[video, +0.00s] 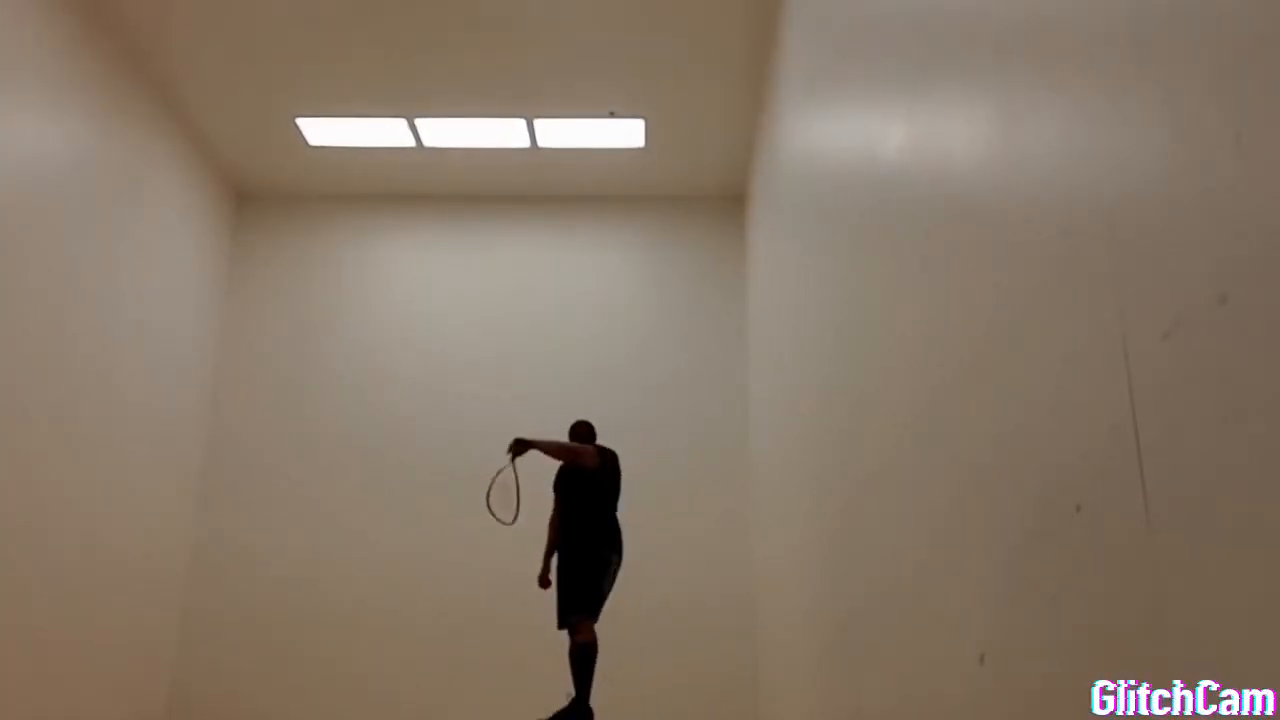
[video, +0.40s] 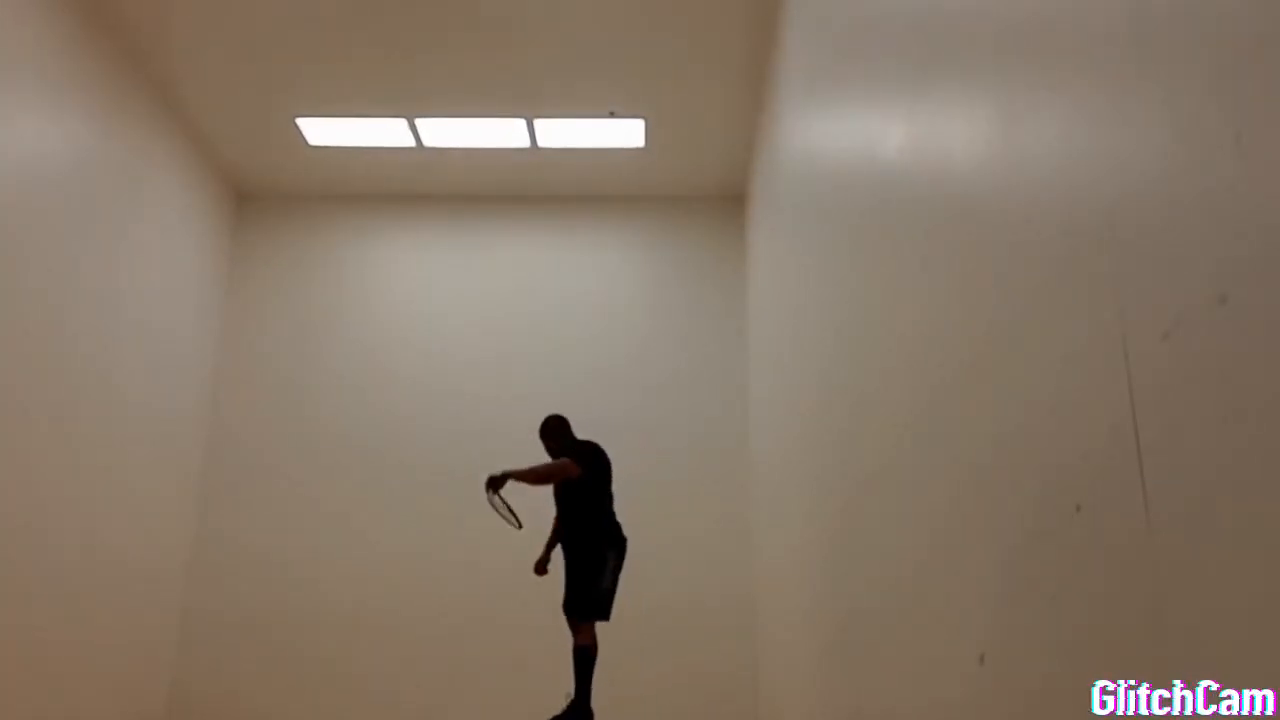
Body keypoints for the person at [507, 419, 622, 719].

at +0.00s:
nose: (577, 444)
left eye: (580, 439)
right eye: (575, 440)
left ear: (583, 439)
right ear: (582, 438)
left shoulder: (608, 459)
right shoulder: (564, 472)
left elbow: (574, 453)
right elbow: (557, 517)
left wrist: (531, 444)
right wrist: (546, 563)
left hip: (601, 548)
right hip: (572, 550)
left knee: (584, 623)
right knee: (576, 625)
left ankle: (582, 703)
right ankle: (580, 701)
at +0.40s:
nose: (547, 448)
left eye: (547, 441)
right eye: (545, 443)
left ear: (556, 436)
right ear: (565, 433)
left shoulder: (589, 453)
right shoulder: (563, 467)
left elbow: (555, 471)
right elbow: (563, 515)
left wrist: (508, 475)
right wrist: (547, 552)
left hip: (600, 545)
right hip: (580, 548)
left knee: (581, 619)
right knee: (578, 618)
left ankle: (582, 703)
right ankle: (581, 701)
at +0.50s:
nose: (542, 443)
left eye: (544, 436)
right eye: (540, 437)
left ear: (557, 432)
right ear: (555, 433)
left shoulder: (582, 456)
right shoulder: (562, 467)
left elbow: (561, 496)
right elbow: (568, 516)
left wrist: (513, 515)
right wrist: (551, 552)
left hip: (599, 547)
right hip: (583, 550)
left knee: (584, 622)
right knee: (579, 623)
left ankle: (583, 704)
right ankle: (581, 702)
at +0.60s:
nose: (540, 440)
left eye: (542, 432)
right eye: (538, 434)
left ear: (555, 430)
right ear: (557, 430)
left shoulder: (577, 458)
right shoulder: (566, 462)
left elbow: (570, 511)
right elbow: (568, 514)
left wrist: (544, 551)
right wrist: (556, 553)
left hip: (596, 545)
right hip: (583, 547)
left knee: (584, 622)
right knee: (579, 622)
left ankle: (583, 704)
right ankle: (581, 702)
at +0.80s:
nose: (545, 432)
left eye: (550, 426)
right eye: (544, 427)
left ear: (563, 426)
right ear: (549, 429)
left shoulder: (582, 454)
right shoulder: (565, 460)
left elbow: (586, 497)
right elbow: (569, 506)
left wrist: (570, 530)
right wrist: (564, 550)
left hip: (596, 546)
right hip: (579, 548)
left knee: (589, 623)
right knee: (575, 624)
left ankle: (612, 701)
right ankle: (579, 703)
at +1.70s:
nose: (580, 447)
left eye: (584, 440)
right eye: (579, 441)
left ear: (599, 438)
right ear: (595, 439)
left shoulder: (613, 465)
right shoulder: (598, 469)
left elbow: (614, 512)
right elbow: (583, 509)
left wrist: (608, 550)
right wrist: (544, 503)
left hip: (611, 556)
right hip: (588, 555)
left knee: (603, 627)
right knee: (581, 627)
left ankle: (622, 705)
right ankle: (578, 704)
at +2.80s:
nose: (558, 432)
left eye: (564, 427)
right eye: (557, 427)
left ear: (579, 428)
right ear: (561, 430)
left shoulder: (587, 456)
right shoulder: (576, 459)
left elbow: (587, 502)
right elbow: (576, 507)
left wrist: (559, 538)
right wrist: (559, 545)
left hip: (587, 549)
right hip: (582, 549)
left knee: (571, 624)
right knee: (585, 624)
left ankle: (575, 705)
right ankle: (618, 702)